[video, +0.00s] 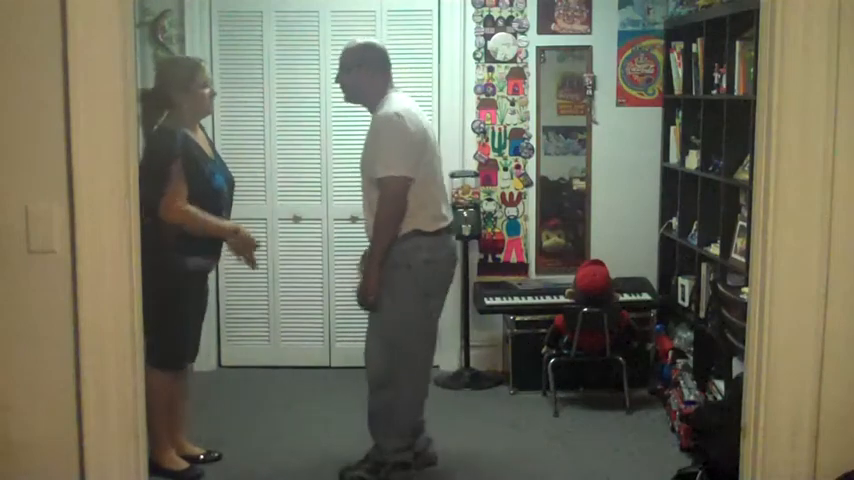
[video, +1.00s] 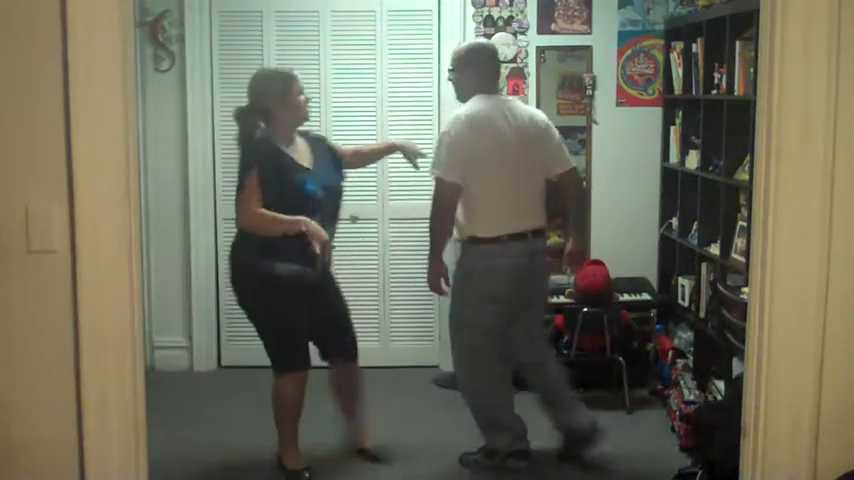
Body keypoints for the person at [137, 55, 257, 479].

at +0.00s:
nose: (211, 91)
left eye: (210, 85)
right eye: (203, 87)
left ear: (196, 94)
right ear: (179, 94)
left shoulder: (197, 133)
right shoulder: (169, 139)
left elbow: (199, 200)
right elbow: (171, 209)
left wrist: (232, 235)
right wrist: (229, 231)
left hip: (193, 264)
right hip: (169, 266)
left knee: (181, 358)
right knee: (164, 360)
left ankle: (178, 439)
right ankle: (162, 449)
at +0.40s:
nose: (235, 91)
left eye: (232, 85)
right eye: (227, 87)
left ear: (206, 98)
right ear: (205, 96)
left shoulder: (214, 136)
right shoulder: (199, 144)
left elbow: (225, 197)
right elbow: (219, 211)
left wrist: (257, 210)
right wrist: (265, 214)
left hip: (192, 259)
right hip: (186, 263)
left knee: (189, 351)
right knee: (226, 350)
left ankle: (173, 445)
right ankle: (223, 454)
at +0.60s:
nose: (257, 96)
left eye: (254, 90)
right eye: (249, 91)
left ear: (226, 102)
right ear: (225, 101)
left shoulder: (233, 142)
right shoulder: (219, 147)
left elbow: (257, 175)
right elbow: (224, 213)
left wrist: (295, 178)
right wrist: (279, 225)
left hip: (219, 265)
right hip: (214, 269)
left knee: (203, 356)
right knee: (264, 352)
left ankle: (176, 443)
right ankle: (288, 451)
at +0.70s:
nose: (269, 98)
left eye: (266, 92)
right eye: (260, 94)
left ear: (241, 105)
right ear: (237, 104)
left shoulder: (250, 144)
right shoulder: (234, 148)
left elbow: (279, 171)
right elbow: (230, 214)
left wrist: (324, 165)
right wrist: (289, 231)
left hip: (245, 269)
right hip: (228, 271)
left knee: (230, 356)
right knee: (276, 356)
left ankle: (182, 437)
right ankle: (289, 452)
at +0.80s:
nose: (283, 98)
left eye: (280, 92)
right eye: (275, 93)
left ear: (255, 103)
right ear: (252, 103)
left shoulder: (270, 143)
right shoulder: (246, 146)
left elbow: (306, 167)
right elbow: (239, 211)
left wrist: (353, 157)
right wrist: (299, 232)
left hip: (269, 267)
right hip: (245, 269)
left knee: (282, 353)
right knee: (284, 354)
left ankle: (216, 411)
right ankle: (290, 455)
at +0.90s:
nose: (295, 98)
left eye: (292, 92)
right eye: (287, 94)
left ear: (276, 104)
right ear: (263, 104)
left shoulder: (295, 144)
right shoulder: (254, 148)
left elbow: (329, 161)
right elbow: (244, 212)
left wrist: (376, 147)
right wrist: (303, 225)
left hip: (290, 265)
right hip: (253, 268)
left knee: (325, 350)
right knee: (290, 358)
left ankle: (278, 415)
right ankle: (288, 447)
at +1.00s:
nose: (306, 98)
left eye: (303, 92)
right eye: (298, 93)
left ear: (289, 103)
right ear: (273, 104)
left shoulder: (315, 144)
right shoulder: (260, 154)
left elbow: (354, 156)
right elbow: (247, 217)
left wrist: (395, 144)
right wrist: (302, 223)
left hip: (309, 265)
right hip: (263, 268)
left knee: (343, 349)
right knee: (291, 362)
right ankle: (289, 454)